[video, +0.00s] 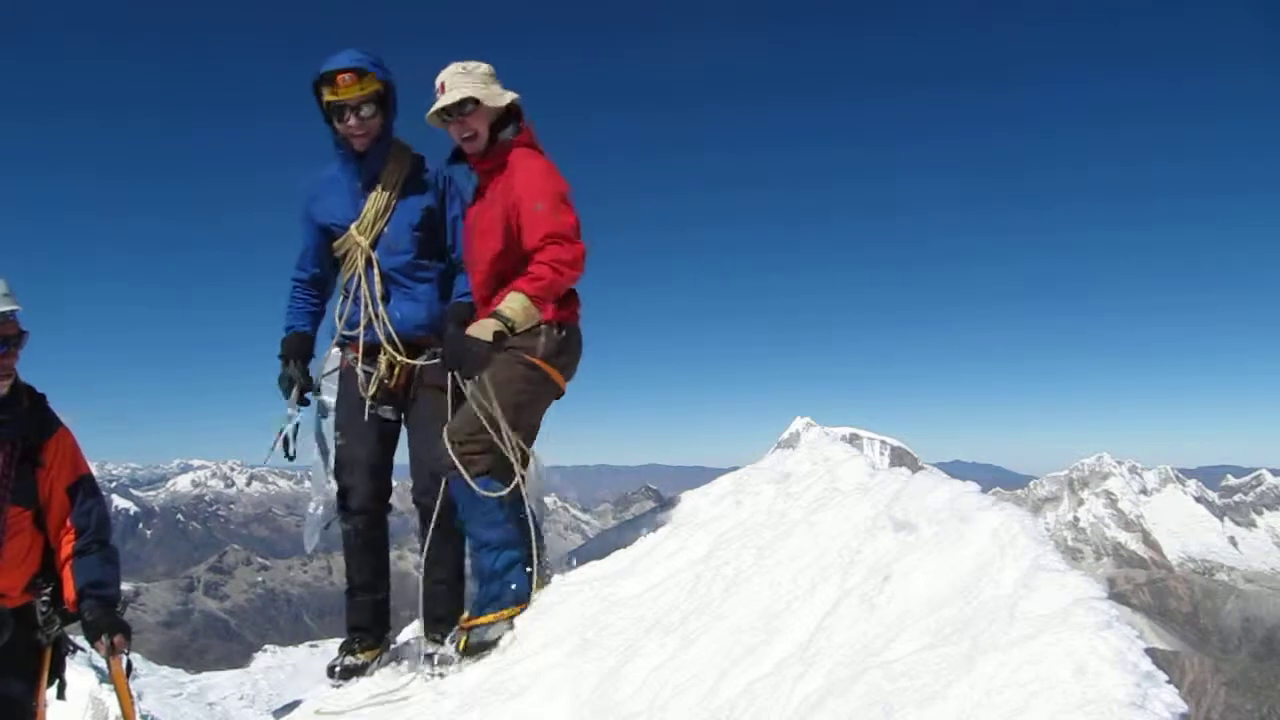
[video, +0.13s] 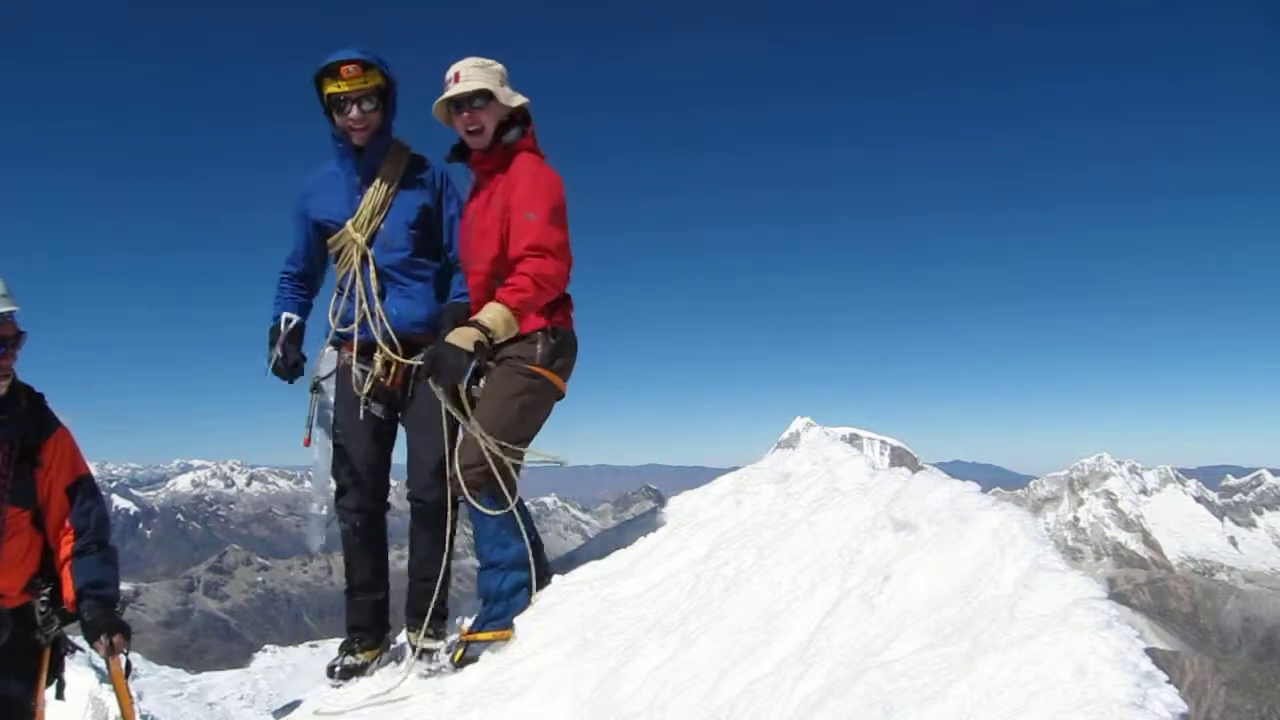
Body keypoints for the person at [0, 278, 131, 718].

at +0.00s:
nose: (10, 353)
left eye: (15, 340)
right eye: (2, 341)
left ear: (24, 341)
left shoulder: (37, 424)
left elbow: (80, 519)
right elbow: (81, 518)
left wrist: (96, 602)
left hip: (18, 622)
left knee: (18, 706)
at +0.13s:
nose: (8, 353)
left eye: (14, 341)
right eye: (1, 342)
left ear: (21, 342)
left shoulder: (33, 421)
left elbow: (80, 517)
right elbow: (80, 516)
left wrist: (96, 602)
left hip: (17, 620)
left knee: (17, 706)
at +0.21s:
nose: (7, 354)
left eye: (12, 342)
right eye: (1, 342)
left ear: (19, 343)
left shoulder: (32, 421)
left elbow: (79, 517)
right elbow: (79, 517)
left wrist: (95, 603)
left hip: (17, 620)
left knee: (17, 706)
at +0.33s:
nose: (5, 355)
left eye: (10, 343)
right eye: (0, 343)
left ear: (16, 344)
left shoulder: (27, 418)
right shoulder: (25, 418)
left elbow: (77, 515)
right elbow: (77, 515)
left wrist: (94, 602)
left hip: (16, 620)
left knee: (16, 706)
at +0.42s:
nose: (5, 355)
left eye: (8, 343)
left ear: (14, 344)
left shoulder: (28, 422)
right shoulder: (26, 422)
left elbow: (76, 519)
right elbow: (75, 518)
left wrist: (93, 603)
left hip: (15, 620)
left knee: (15, 705)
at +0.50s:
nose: (4, 355)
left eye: (7, 343)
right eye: (0, 343)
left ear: (12, 346)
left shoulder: (26, 421)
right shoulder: (24, 421)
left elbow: (73, 518)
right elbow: (73, 517)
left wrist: (93, 603)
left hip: (14, 620)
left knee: (15, 705)